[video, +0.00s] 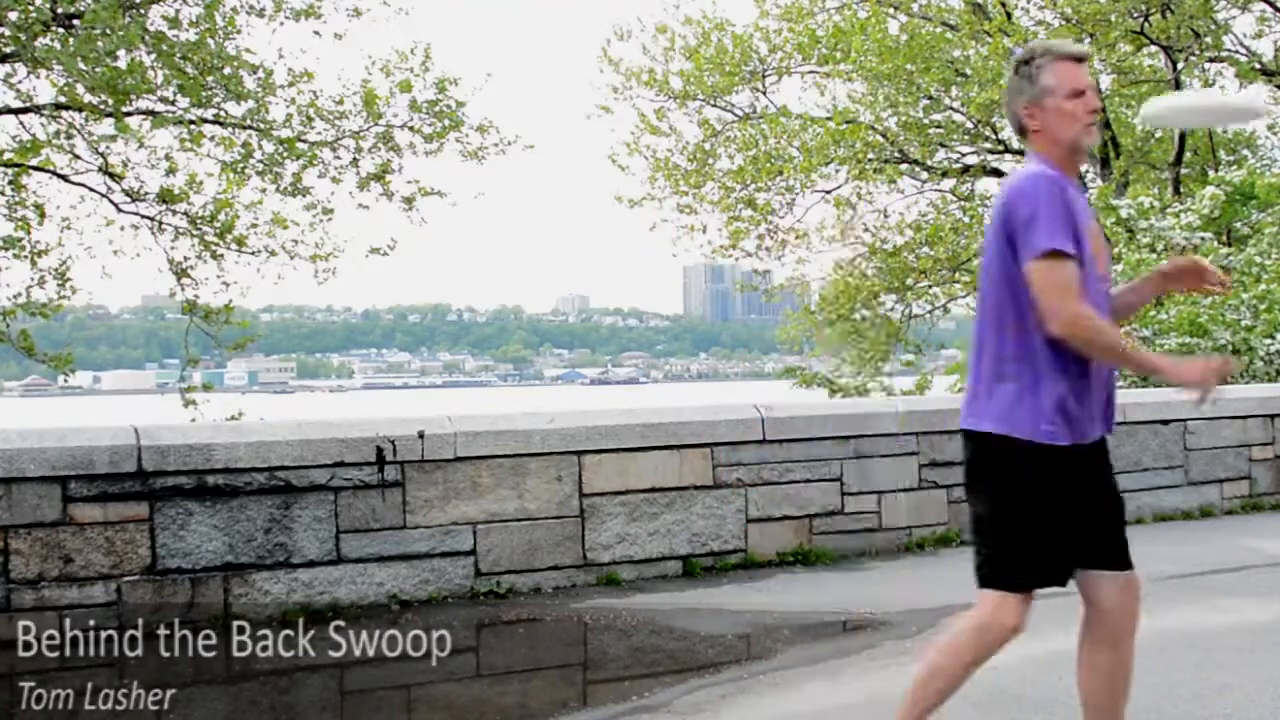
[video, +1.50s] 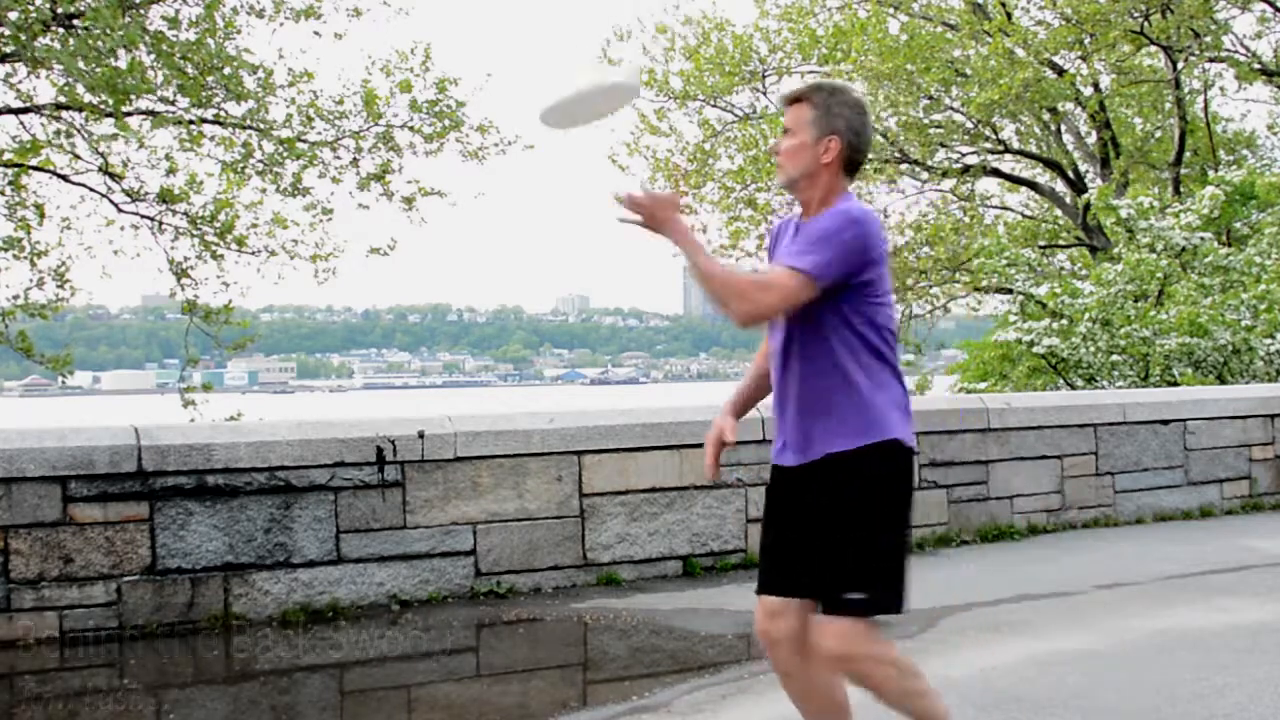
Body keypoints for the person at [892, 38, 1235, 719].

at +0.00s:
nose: (1094, 105)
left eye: (1093, 93)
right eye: (1075, 95)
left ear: (1092, 103)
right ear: (1032, 116)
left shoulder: (1069, 194)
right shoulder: (1034, 188)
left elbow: (1093, 313)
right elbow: (1061, 316)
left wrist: (1158, 282)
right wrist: (1169, 369)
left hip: (1073, 438)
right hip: (1013, 436)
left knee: (1115, 599)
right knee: (1000, 612)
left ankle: (1105, 719)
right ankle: (906, 712)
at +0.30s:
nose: (1013, 164)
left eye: (1016, 150)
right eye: (1005, 147)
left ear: (972, 150)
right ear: (958, 143)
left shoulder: (979, 241)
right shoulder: (897, 211)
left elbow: (981, 367)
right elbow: (851, 324)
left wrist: (1092, 397)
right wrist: (918, 432)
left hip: (973, 447)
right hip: (883, 455)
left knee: (1070, 585)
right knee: (884, 638)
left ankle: (1079, 718)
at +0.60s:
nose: (972, 212)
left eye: (979, 200)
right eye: (964, 195)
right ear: (919, 177)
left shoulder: (938, 273)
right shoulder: (846, 232)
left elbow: (941, 385)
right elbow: (779, 335)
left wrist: (983, 492)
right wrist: (747, 449)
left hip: (907, 439)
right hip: (825, 455)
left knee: (1039, 470)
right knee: (846, 642)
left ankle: (1112, 674)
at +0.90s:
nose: (854, 147)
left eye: (872, 136)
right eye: (848, 134)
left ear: (911, 148)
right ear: (840, 138)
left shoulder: (935, 237)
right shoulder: (802, 219)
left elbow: (904, 338)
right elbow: (771, 338)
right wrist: (793, 451)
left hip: (926, 431)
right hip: (838, 443)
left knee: (1037, 518)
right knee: (847, 629)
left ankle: (1058, 708)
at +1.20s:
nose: (832, 119)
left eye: (848, 107)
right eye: (835, 107)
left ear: (894, 127)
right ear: (876, 127)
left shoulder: (953, 215)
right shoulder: (801, 212)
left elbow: (1000, 303)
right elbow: (781, 328)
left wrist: (974, 384)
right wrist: (823, 420)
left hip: (930, 443)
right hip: (836, 442)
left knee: (959, 612)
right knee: (833, 621)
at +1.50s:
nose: (775, 145)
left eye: (788, 133)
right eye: (779, 132)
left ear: (830, 148)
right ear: (820, 149)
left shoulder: (853, 223)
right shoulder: (785, 231)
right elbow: (783, 344)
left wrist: (680, 234)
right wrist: (733, 409)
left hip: (864, 448)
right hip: (799, 452)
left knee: (842, 640)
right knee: (778, 626)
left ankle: (938, 711)